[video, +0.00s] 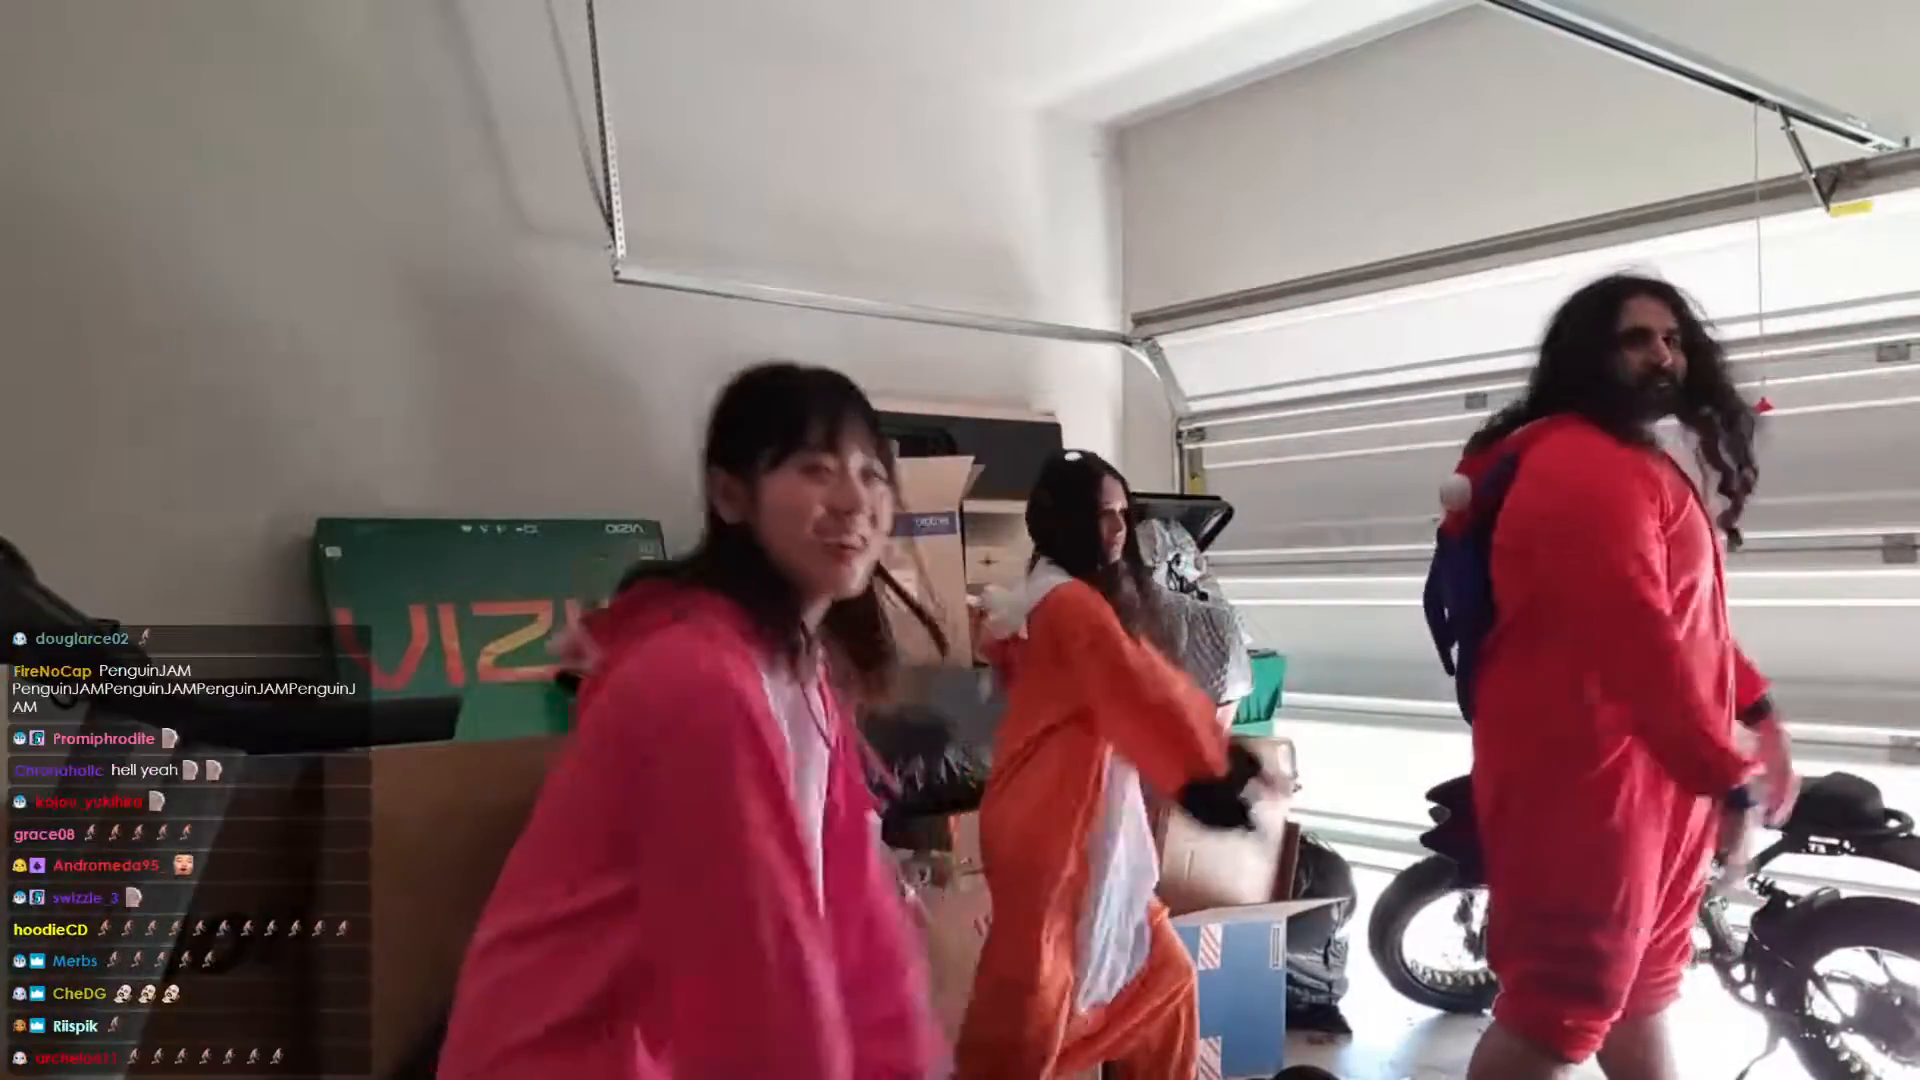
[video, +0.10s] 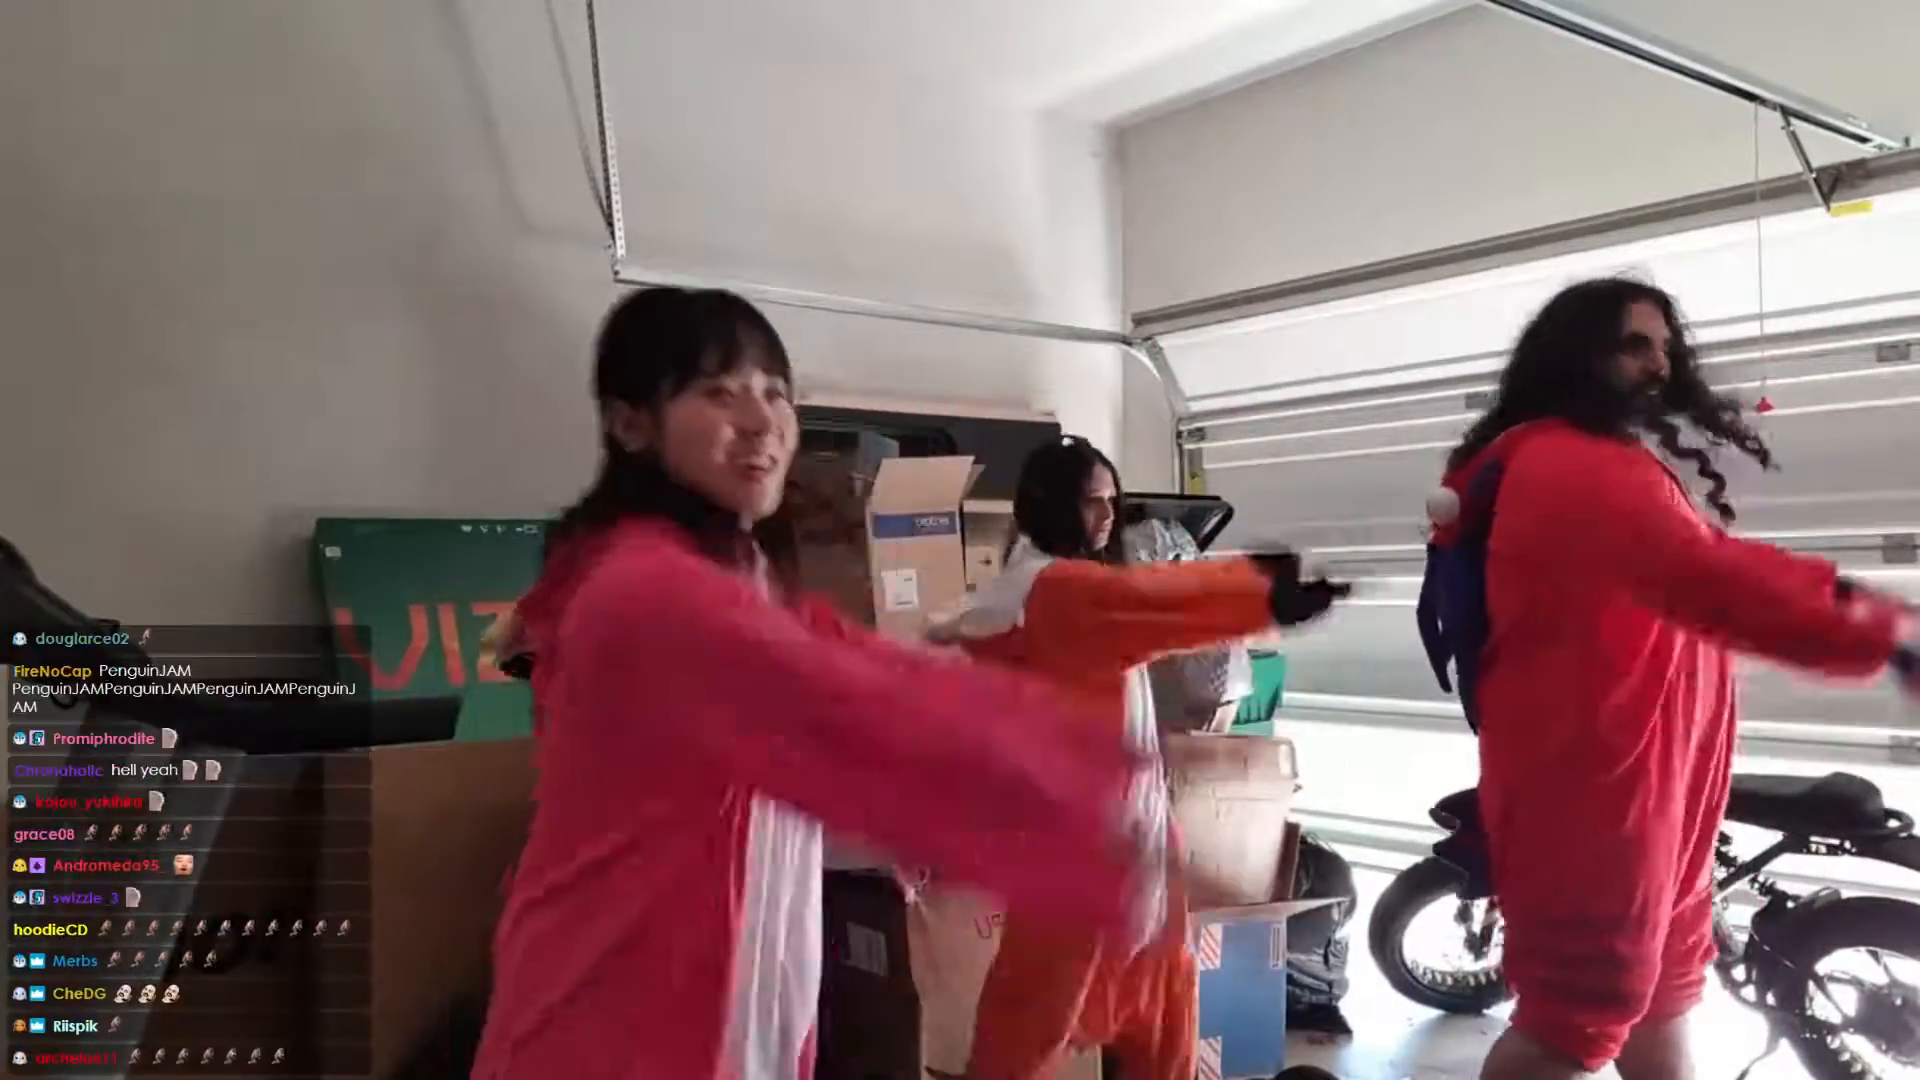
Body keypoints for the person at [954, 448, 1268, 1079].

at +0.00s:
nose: (1120, 530)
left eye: (1123, 516)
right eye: (1106, 516)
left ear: (1127, 518)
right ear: (1067, 520)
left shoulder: (1082, 599)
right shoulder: (1067, 602)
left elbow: (1153, 681)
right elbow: (1137, 688)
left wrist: (1217, 757)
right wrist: (1216, 765)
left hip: (1092, 818)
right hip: (1046, 820)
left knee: (1167, 975)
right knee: (1032, 981)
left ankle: (1159, 1077)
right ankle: (998, 1073)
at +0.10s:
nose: (1106, 513)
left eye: (1110, 499)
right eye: (1091, 500)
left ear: (1116, 502)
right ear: (1054, 504)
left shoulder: (1080, 581)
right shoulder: (1052, 584)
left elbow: (1162, 591)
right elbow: (1155, 595)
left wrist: (1254, 574)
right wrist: (1269, 590)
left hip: (1135, 802)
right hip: (1079, 809)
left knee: (1162, 970)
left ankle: (1160, 1069)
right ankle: (999, 1069)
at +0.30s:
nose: (1133, 534)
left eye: (1128, 522)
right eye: (1118, 524)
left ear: (1058, 549)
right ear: (1091, 545)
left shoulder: (1107, 626)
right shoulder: (1075, 626)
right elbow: (1148, 552)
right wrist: (1162, 443)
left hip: (1162, 826)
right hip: (1107, 838)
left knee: (1219, 977)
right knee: (1094, 1015)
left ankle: (1181, 1068)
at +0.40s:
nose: (1135, 532)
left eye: (1133, 520)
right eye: (1123, 521)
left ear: (1066, 537)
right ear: (1102, 537)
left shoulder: (1079, 606)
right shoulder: (1077, 612)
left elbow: (1139, 519)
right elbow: (1162, 557)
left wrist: (1176, 449)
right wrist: (1244, 459)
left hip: (1137, 804)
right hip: (1090, 816)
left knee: (1202, 952)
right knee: (1097, 973)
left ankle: (1192, 1068)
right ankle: (1066, 1066)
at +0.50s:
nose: (1121, 517)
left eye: (1127, 502)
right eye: (1107, 504)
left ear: (1133, 503)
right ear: (1070, 508)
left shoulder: (1106, 573)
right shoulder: (1058, 582)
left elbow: (1168, 558)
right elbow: (1149, 602)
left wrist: (1239, 559)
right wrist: (1237, 582)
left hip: (1110, 782)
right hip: (1051, 790)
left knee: (1159, 918)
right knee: (1047, 934)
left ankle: (1167, 1061)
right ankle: (1019, 1068)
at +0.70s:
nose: (1148, 566)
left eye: (1151, 552)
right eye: (1135, 553)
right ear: (1099, 558)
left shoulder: (1081, 629)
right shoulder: (1086, 640)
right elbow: (1111, 771)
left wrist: (1153, 872)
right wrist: (1130, 882)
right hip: (1003, 850)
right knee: (1130, 978)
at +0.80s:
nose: (1146, 575)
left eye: (1148, 560)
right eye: (1134, 561)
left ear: (1077, 567)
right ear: (1098, 565)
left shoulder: (1074, 635)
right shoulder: (1083, 650)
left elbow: (1104, 765)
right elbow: (1075, 767)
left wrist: (1104, 864)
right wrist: (1058, 876)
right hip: (1002, 853)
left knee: (1148, 978)